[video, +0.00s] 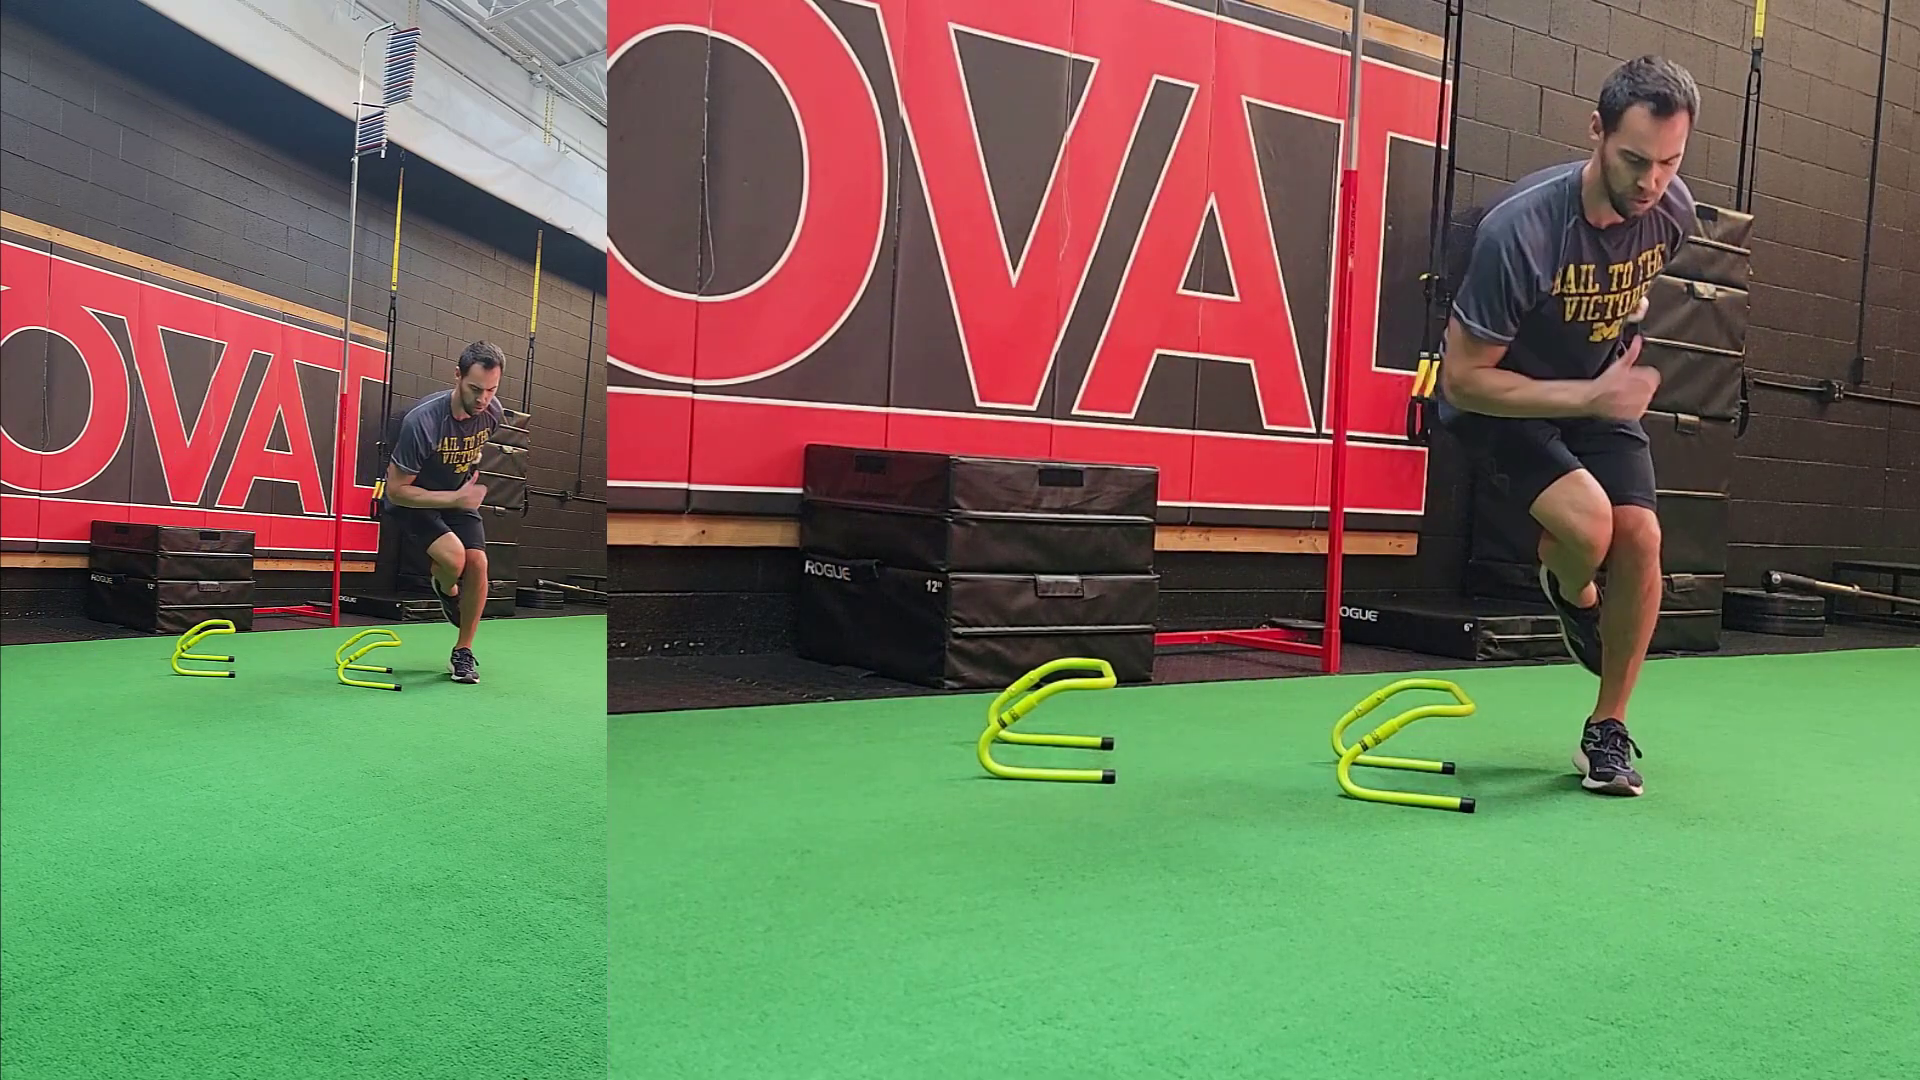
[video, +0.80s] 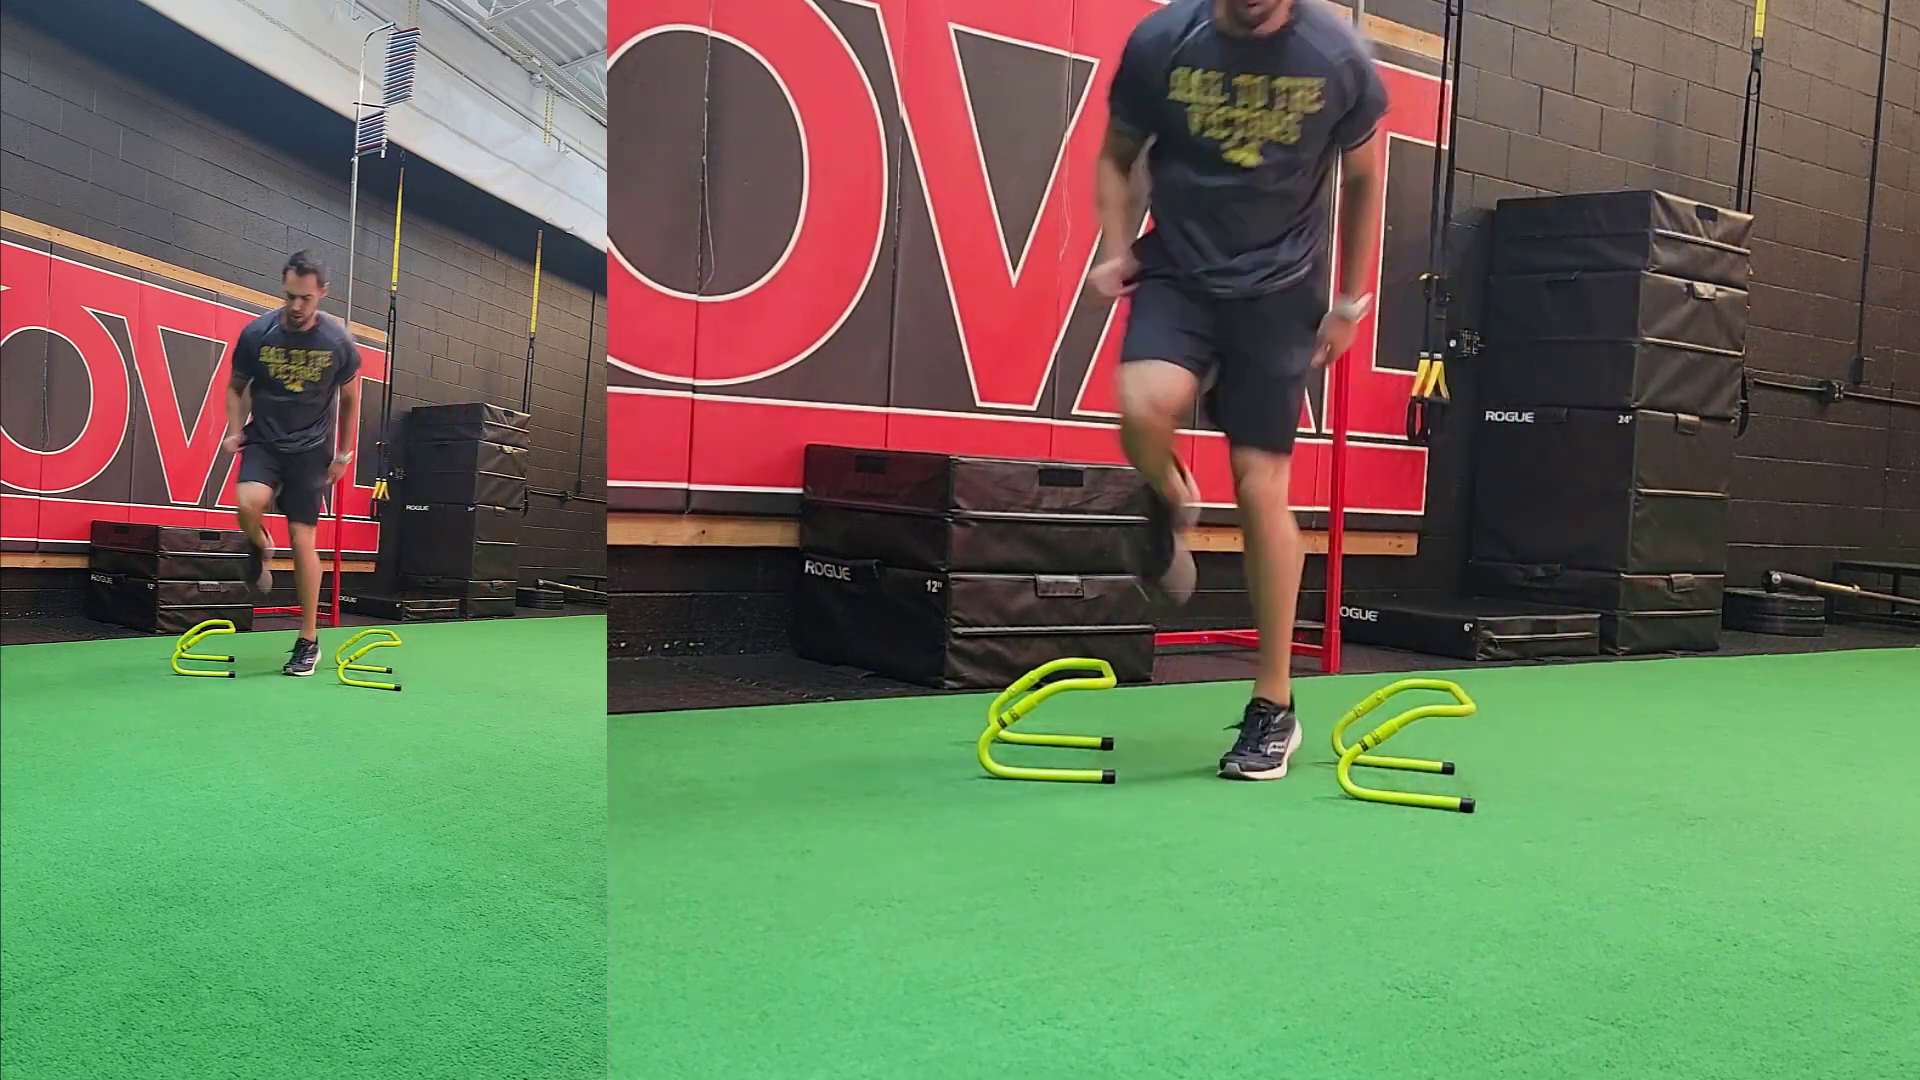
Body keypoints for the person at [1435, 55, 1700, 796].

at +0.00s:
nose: (1652, 182)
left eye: (1669, 164)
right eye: (1636, 160)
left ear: (1685, 149)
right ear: (1596, 135)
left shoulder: (1672, 211)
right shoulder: (1517, 230)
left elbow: (1618, 284)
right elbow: (1463, 380)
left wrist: (1619, 345)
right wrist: (1591, 397)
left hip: (1594, 392)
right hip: (1498, 397)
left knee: (1640, 537)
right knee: (1590, 522)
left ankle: (1609, 726)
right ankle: (1570, 592)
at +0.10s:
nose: (1638, 158)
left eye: (1656, 141)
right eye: (1624, 136)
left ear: (1674, 133)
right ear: (1589, 118)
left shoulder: (1668, 211)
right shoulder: (1509, 213)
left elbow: (1665, 295)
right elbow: (1436, 347)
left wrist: (1658, 384)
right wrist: (1508, 460)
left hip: (1601, 400)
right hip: (1508, 400)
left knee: (1637, 540)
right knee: (1580, 514)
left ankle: (1610, 725)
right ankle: (1568, 597)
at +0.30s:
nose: (1563, 98)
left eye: (1583, 81)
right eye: (1551, 75)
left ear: (1611, 81)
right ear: (1524, 64)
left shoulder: (1628, 181)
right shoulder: (1454, 163)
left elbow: (1633, 303)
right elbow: (1336, 245)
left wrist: (1647, 344)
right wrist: (1263, 329)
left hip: (1551, 374)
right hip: (1444, 347)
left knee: (1612, 544)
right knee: (1493, 445)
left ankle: (1603, 727)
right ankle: (1412, 549)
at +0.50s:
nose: (1432, 5)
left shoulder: (1503, 56)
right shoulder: (1326, 69)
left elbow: (1531, 169)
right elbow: (1269, 200)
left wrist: (1513, 234)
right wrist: (1245, 333)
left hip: (1453, 299)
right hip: (1340, 300)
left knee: (1507, 460)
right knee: (1321, 496)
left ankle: (1526, 617)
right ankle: (1249, 677)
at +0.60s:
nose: (1363, 13)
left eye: (1377, 6)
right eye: (1349, 7)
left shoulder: (1443, 68)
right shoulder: (1267, 75)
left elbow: (1475, 166)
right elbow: (1219, 204)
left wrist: (1484, 278)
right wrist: (1270, 279)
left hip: (1397, 280)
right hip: (1292, 282)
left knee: (1418, 387)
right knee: (1279, 511)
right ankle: (1236, 694)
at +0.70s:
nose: (1325, 4)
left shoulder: (1400, 40)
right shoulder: (1215, 37)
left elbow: (1427, 137)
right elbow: (1169, 159)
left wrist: (1422, 248)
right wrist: (1225, 192)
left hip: (1335, 266)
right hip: (1230, 269)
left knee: (1327, 419)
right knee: (1226, 460)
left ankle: (1303, 629)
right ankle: (1222, 657)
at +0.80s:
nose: (1252, 9)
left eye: (1265, 3)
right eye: (1238, 2)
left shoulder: (1340, 57)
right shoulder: (1159, 41)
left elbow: (1363, 180)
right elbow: (1119, 155)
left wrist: (1352, 297)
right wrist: (1114, 248)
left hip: (1280, 287)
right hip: (1176, 274)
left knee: (1259, 486)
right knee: (1141, 408)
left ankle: (1272, 705)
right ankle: (1177, 505)